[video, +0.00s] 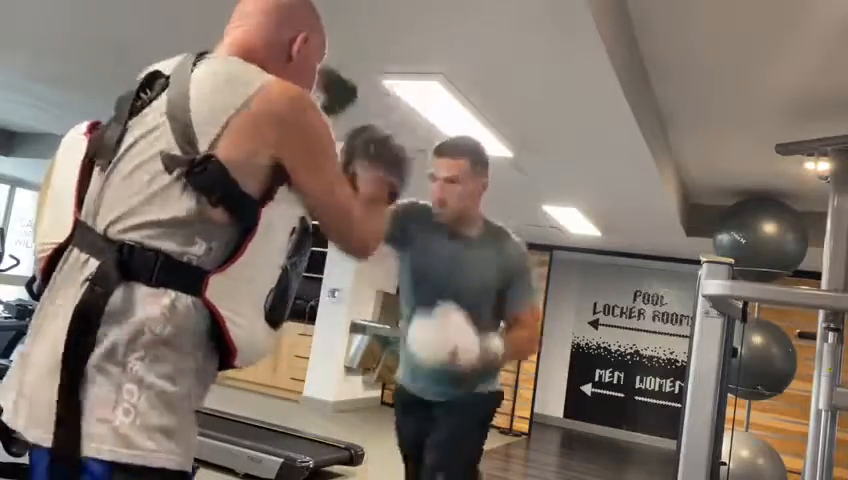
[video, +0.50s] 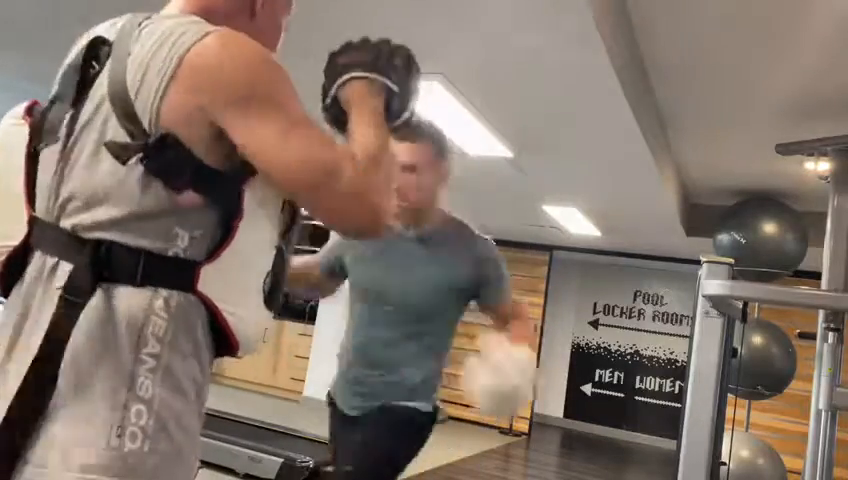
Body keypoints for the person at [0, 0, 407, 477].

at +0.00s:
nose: (316, 80)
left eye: (321, 66)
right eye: (320, 63)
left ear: (233, 27)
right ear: (299, 46)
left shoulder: (159, 78)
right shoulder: (284, 104)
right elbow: (360, 237)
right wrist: (380, 182)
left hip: (55, 332)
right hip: (140, 357)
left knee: (52, 462)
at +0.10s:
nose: (307, 77)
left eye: (313, 63)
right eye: (311, 59)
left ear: (223, 23)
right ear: (291, 42)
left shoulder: (143, 73)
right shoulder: (266, 100)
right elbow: (367, 252)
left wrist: (295, 111)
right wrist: (398, 172)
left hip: (57, 330)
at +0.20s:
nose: (305, 69)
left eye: (312, 51)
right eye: (311, 49)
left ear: (223, 12)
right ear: (290, 33)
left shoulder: (141, 64)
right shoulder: (244, 85)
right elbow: (344, 251)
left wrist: (299, 148)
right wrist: (377, 132)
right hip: (137, 355)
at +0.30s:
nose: (301, 49)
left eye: (309, 34)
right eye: (309, 30)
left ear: (215, 2)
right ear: (287, 12)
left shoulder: (127, 47)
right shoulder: (237, 68)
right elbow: (353, 242)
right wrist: (372, 125)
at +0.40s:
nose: (292, 20)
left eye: (294, 8)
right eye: (293, 6)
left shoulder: (108, 40)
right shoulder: (230, 59)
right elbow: (357, 219)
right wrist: (370, 105)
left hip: (41, 317)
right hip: (131, 345)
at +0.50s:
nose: (284, 29)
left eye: (286, 15)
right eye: (285, 13)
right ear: (260, 3)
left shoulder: (102, 43)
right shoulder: (226, 61)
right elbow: (364, 207)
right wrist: (366, 90)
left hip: (32, 313)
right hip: (127, 344)